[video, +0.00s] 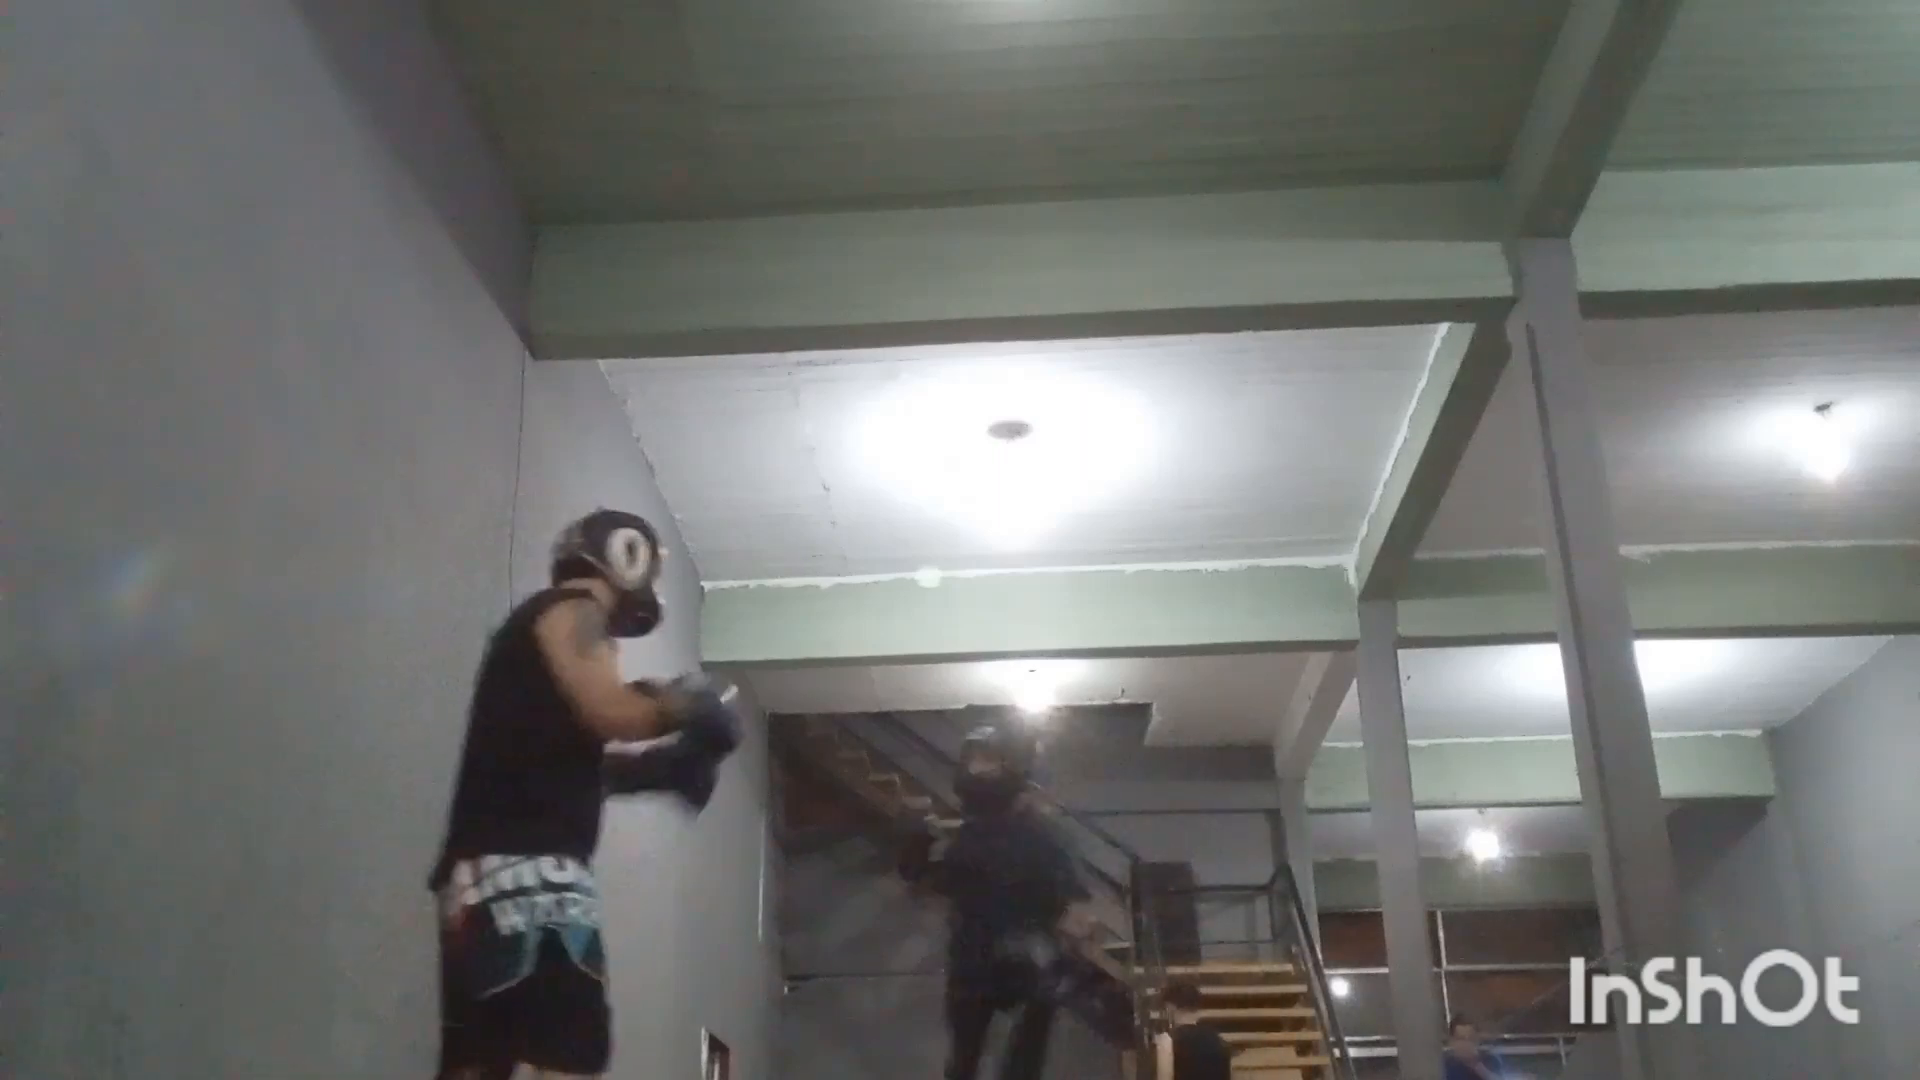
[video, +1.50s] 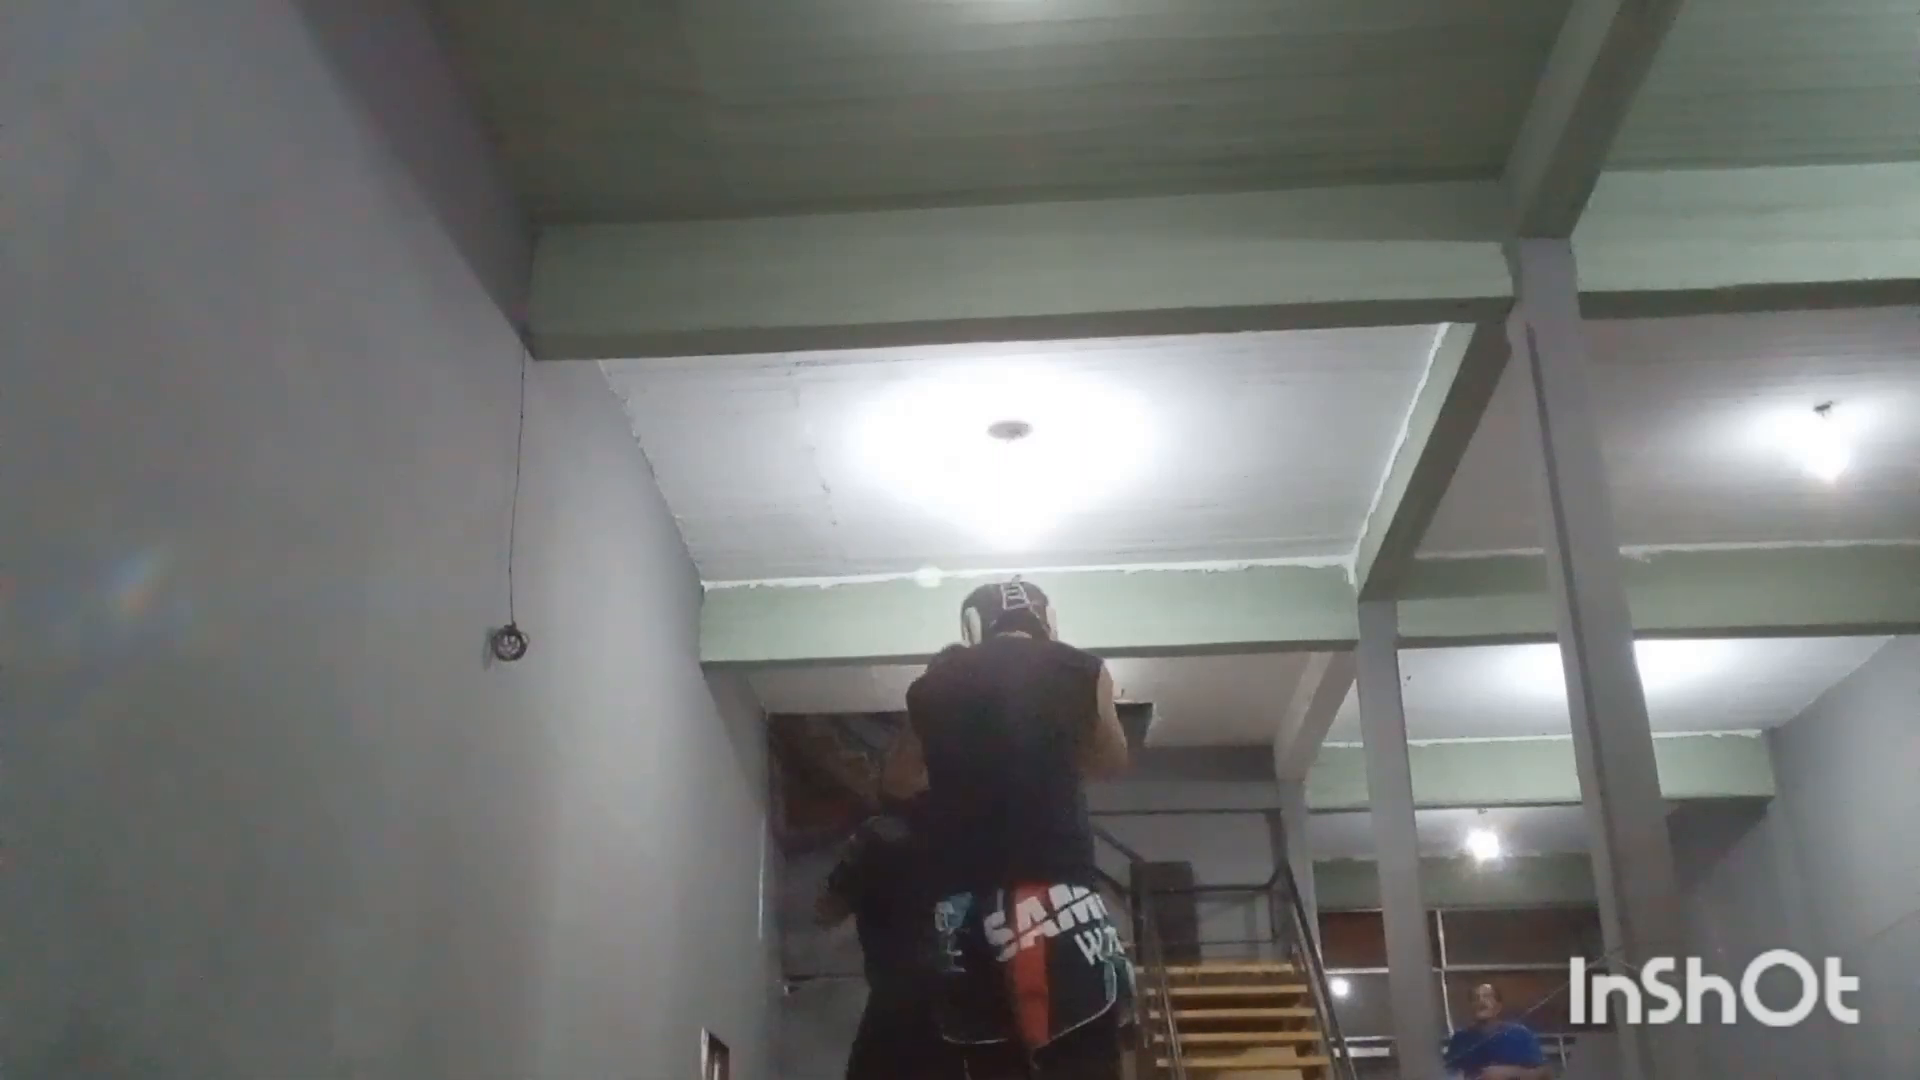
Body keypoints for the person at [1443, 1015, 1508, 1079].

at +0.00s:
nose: (1466, 1043)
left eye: (1470, 1038)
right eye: (1462, 1039)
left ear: (1477, 1038)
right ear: (1452, 1040)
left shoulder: (1490, 1060)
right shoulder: (1445, 1063)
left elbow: (1499, 1077)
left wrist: (1474, 1063)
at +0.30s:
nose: (1484, 1039)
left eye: (1488, 1035)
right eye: (1480, 1035)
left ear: (1495, 1035)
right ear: (1471, 1034)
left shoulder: (1505, 1057)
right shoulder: (1456, 1059)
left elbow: (1509, 1077)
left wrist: (1490, 1060)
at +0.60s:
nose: (1484, 1025)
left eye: (1489, 1019)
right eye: (1479, 1019)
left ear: (1497, 1022)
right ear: (1471, 1022)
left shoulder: (1512, 1045)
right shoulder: (1457, 1048)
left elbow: (1526, 1076)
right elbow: (1453, 1075)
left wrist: (1495, 1054)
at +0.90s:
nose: (1477, 1016)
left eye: (1481, 1010)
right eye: (1471, 1011)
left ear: (1491, 1014)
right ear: (1464, 1016)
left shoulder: (1510, 1043)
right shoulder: (1455, 1048)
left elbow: (1532, 1074)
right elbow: (1454, 1075)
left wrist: (1498, 1075)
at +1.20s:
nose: (1475, 1006)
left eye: (1479, 1001)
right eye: (1469, 1003)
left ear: (1489, 1008)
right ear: (1462, 1011)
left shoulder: (1509, 1035)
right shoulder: (1452, 1040)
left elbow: (1532, 1071)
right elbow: (1450, 1073)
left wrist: (1501, 1072)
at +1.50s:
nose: (1481, 1002)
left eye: (1487, 997)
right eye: (1476, 998)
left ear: (1498, 1005)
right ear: (1470, 1005)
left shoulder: (1519, 1033)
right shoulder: (1460, 1038)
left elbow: (1544, 1071)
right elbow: (1451, 1072)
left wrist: (1504, 1072)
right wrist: (1460, 1075)